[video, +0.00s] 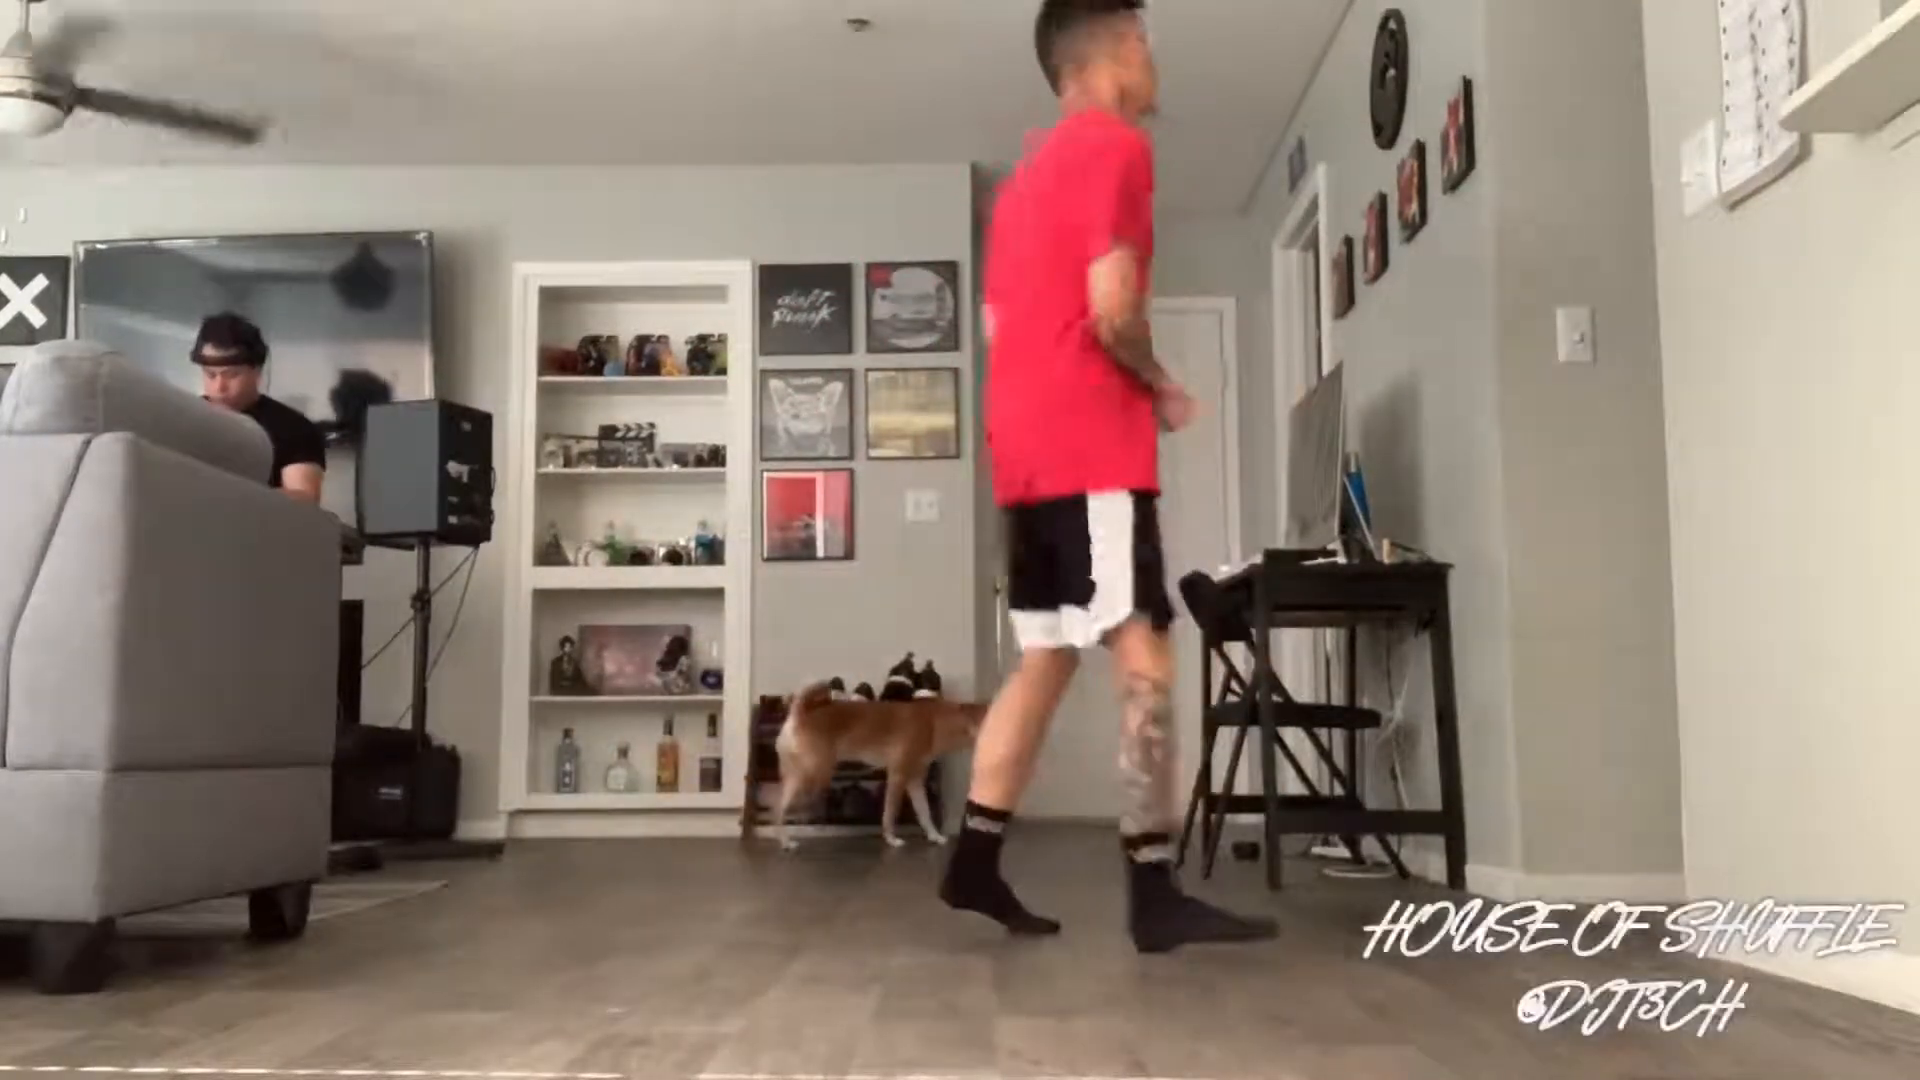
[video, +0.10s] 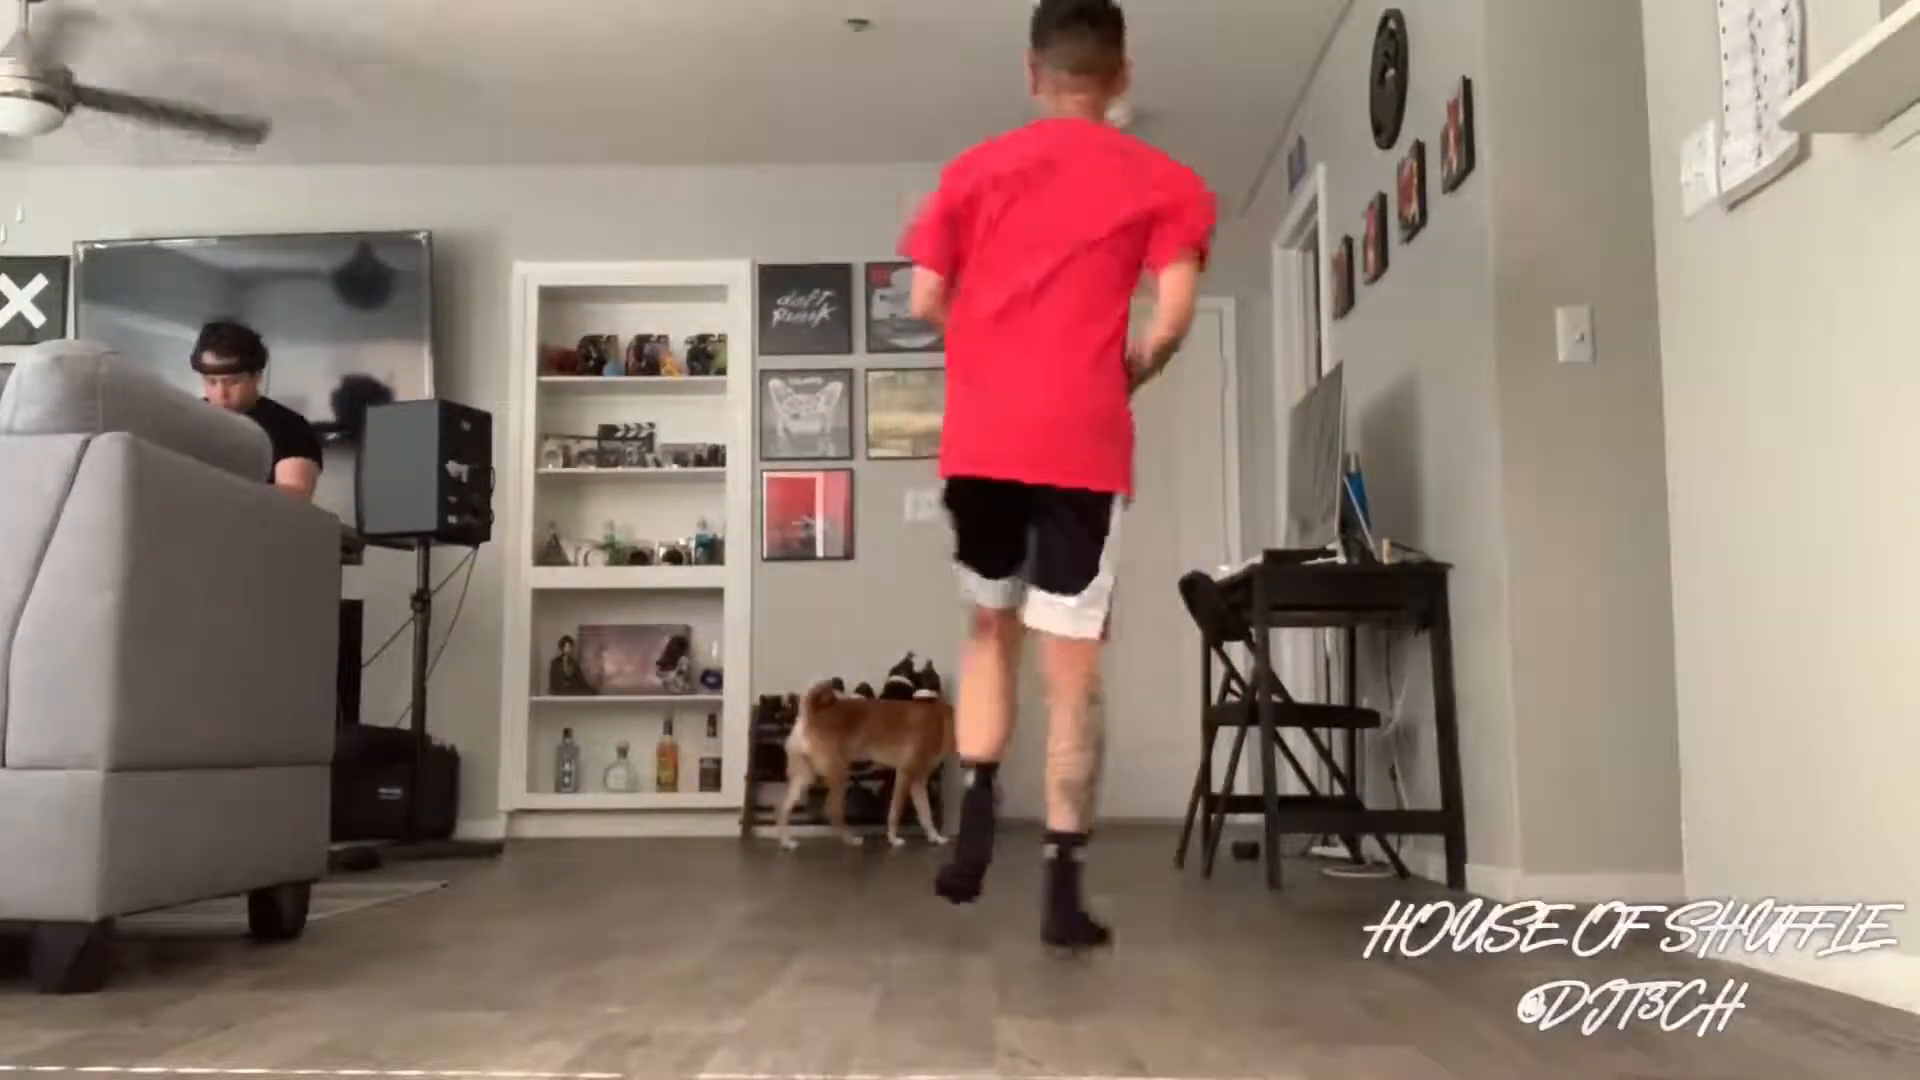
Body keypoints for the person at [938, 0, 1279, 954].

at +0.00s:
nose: (1152, 66)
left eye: (1144, 47)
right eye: (1139, 46)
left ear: (1071, 71)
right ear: (1103, 60)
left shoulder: (1032, 165)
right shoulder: (1114, 146)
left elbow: (1013, 321)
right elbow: (1114, 306)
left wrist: (1132, 387)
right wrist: (1157, 378)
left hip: (1031, 448)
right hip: (1094, 446)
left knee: (1046, 655)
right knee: (1145, 657)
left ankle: (973, 861)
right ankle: (1157, 891)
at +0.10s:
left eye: (1039, 74)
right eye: (1114, 75)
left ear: (1032, 75)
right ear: (1122, 79)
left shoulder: (975, 170)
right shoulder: (1157, 179)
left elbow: (924, 303)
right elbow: (1172, 320)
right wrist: (1127, 371)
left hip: (977, 442)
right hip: (1080, 445)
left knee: (988, 630)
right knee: (1072, 667)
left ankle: (975, 816)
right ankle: (1063, 895)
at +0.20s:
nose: (991, 65)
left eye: (996, 49)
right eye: (997, 49)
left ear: (1018, 54)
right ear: (1082, 68)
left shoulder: (970, 149)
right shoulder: (1128, 178)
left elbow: (918, 289)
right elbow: (1172, 311)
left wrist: (931, 323)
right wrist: (1102, 369)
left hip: (970, 446)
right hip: (1074, 464)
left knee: (875, 606)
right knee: (1061, 664)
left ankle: (965, 742)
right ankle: (1077, 886)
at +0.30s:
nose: (940, 62)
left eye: (952, 42)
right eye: (947, 42)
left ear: (995, 53)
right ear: (1021, 59)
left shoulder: (961, 139)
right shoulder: (1086, 179)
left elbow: (927, 263)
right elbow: (1126, 324)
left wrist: (848, 313)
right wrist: (1031, 364)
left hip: (963, 443)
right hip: (1050, 463)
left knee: (859, 625)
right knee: (1016, 665)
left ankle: (928, 828)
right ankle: (1049, 864)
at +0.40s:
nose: (916, 63)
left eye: (933, 44)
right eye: (922, 45)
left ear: (988, 63)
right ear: (982, 67)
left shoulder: (990, 166)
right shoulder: (985, 175)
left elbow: (1010, 280)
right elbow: (1001, 339)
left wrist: (880, 336)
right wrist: (916, 385)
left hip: (963, 474)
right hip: (986, 473)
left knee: (884, 666)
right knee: (973, 683)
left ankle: (915, 902)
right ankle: (1027, 877)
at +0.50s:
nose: (932, 21)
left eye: (957, 10)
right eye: (923, 10)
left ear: (1003, 40)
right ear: (909, 39)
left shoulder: (1046, 145)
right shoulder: (900, 165)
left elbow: (1122, 263)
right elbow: (862, 280)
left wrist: (1039, 339)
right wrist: (853, 319)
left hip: (982, 432)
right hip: (887, 431)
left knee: (933, 636)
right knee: (838, 644)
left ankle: (936, 882)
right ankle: (941, 724)